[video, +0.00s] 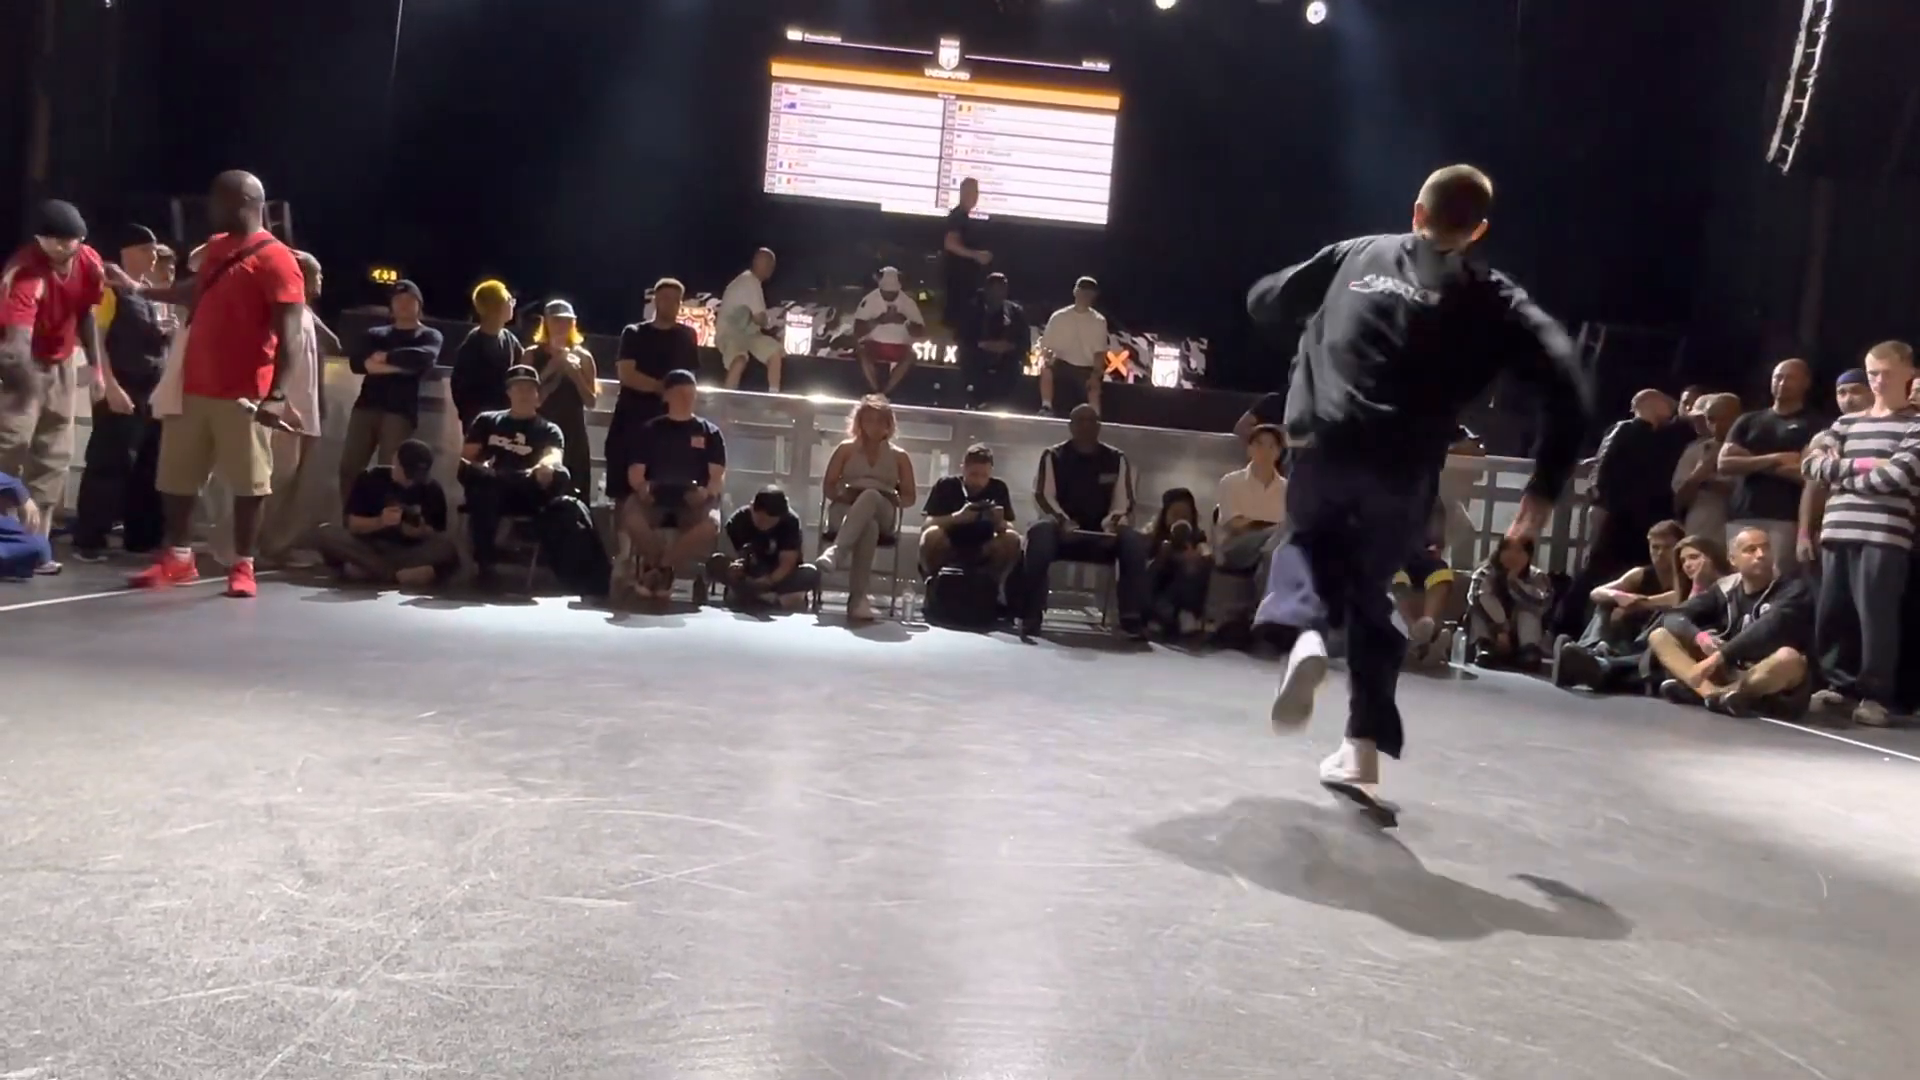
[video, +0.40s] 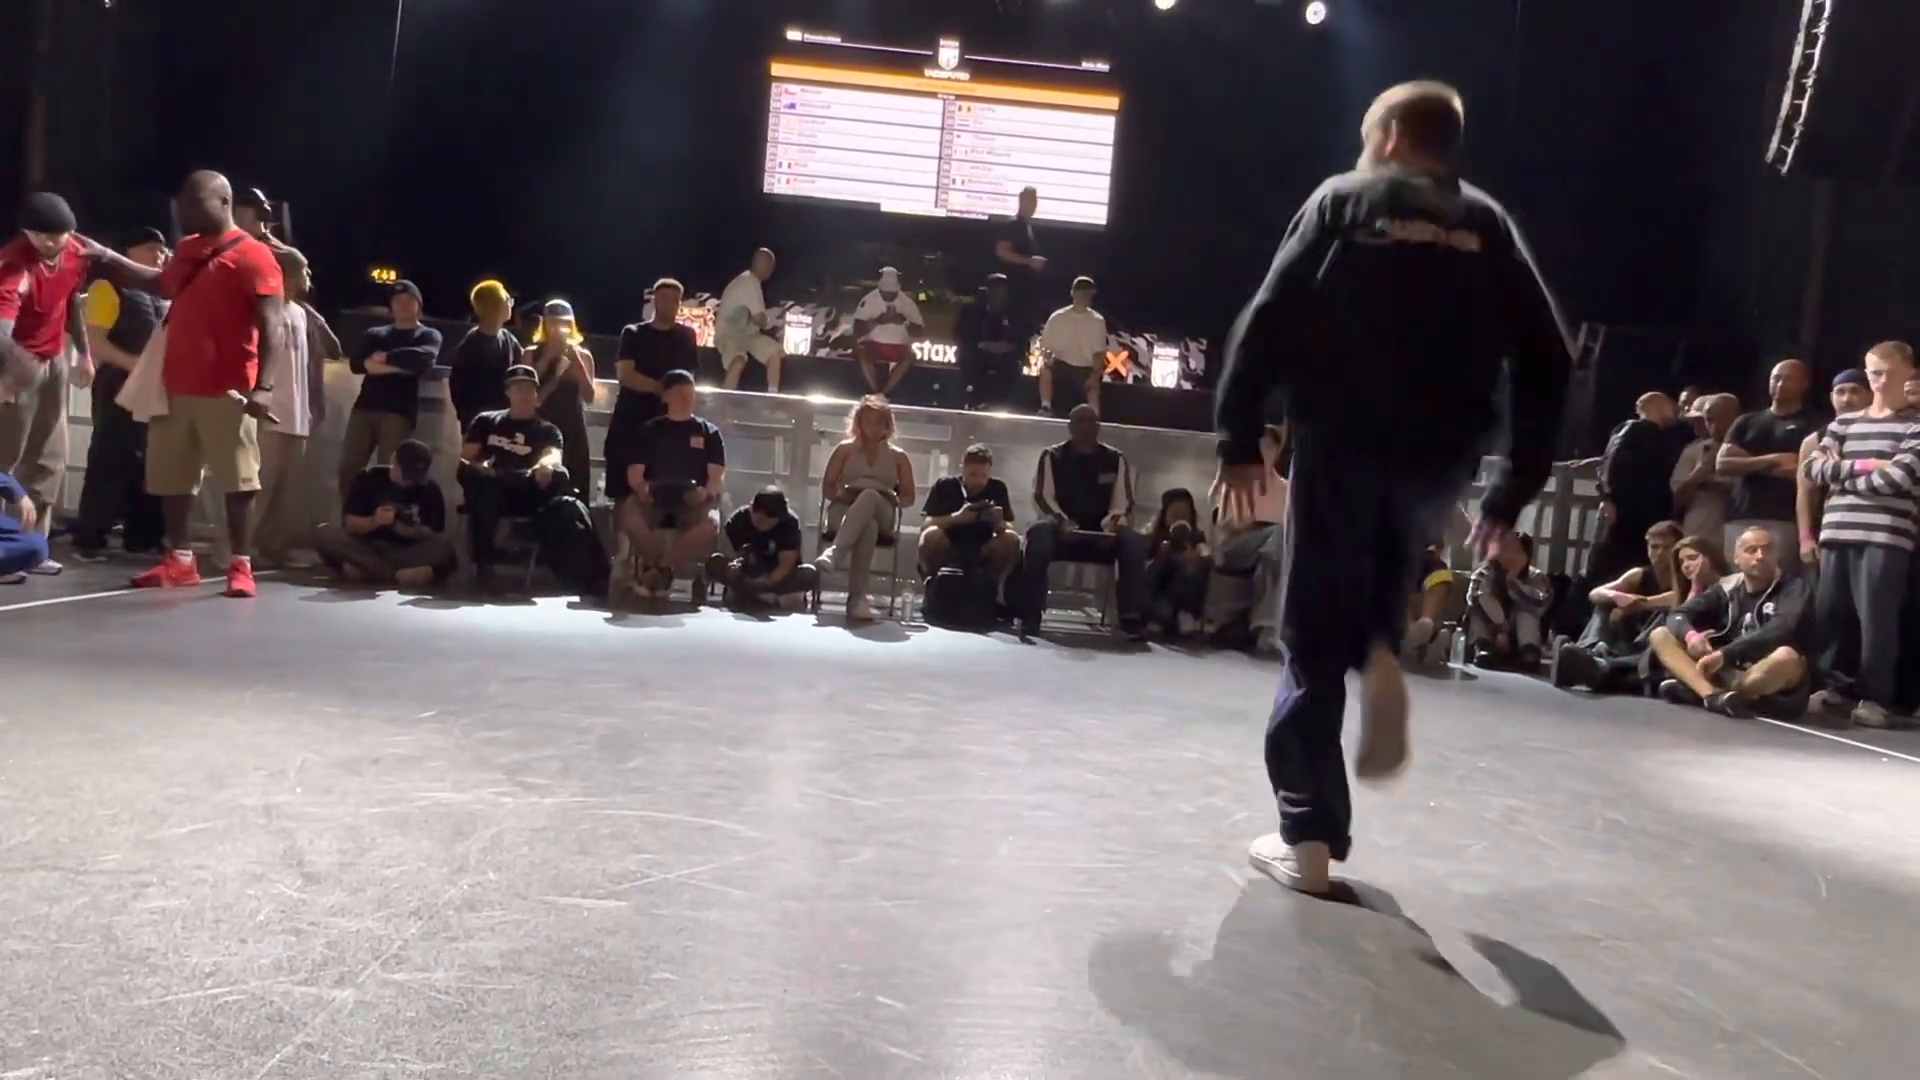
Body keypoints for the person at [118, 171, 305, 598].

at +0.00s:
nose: (211, 208)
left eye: (218, 200)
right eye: (212, 200)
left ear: (244, 203)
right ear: (244, 204)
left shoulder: (277, 259)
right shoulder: (215, 249)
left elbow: (291, 335)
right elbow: (197, 292)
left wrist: (279, 394)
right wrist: (139, 290)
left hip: (244, 396)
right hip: (192, 390)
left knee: (249, 486)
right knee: (176, 478)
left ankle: (243, 566)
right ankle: (177, 557)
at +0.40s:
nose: (184, 211)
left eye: (191, 202)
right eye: (183, 203)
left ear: (223, 202)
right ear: (188, 207)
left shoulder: (255, 256)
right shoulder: (186, 250)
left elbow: (272, 325)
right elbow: (160, 283)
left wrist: (264, 385)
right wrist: (107, 258)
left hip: (228, 389)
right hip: (175, 387)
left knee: (238, 480)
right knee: (172, 475)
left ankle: (239, 565)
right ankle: (179, 560)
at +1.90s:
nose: (190, 212)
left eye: (199, 204)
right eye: (188, 205)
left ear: (226, 207)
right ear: (186, 211)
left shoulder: (254, 263)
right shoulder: (169, 254)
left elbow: (270, 330)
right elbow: (128, 288)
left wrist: (265, 387)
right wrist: (96, 253)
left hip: (223, 393)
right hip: (161, 388)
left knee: (230, 485)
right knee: (145, 480)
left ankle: (224, 565)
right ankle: (137, 560)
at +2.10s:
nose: (161, 213)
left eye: (169, 205)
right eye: (159, 207)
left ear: (194, 207)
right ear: (158, 213)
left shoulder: (227, 259)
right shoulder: (141, 258)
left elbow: (251, 324)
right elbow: (99, 306)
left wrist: (259, 385)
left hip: (206, 395)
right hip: (143, 394)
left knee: (216, 488)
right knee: (136, 487)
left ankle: (219, 569)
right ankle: (133, 566)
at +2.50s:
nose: (112, 224)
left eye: (118, 216)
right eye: (106, 218)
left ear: (140, 217)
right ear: (101, 226)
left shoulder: (180, 261)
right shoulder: (95, 270)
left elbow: (215, 321)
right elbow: (69, 335)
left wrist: (236, 378)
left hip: (181, 403)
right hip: (120, 405)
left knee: (191, 497)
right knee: (120, 498)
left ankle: (197, 574)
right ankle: (125, 575)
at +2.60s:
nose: (106, 228)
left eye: (111, 219)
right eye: (98, 222)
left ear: (129, 219)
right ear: (92, 229)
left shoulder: (171, 261)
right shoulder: (86, 272)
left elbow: (209, 321)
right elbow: (68, 333)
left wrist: (228, 375)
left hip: (177, 403)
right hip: (116, 406)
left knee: (185, 494)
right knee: (116, 497)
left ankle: (183, 574)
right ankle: (121, 576)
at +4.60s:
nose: (98, 278)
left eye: (106, 269)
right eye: (96, 271)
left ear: (132, 268)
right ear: (96, 275)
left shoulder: (174, 313)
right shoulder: (84, 321)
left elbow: (214, 375)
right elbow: (66, 387)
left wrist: (221, 421)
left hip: (172, 447)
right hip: (113, 451)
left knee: (187, 537)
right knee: (117, 543)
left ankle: (189, 615)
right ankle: (126, 621)